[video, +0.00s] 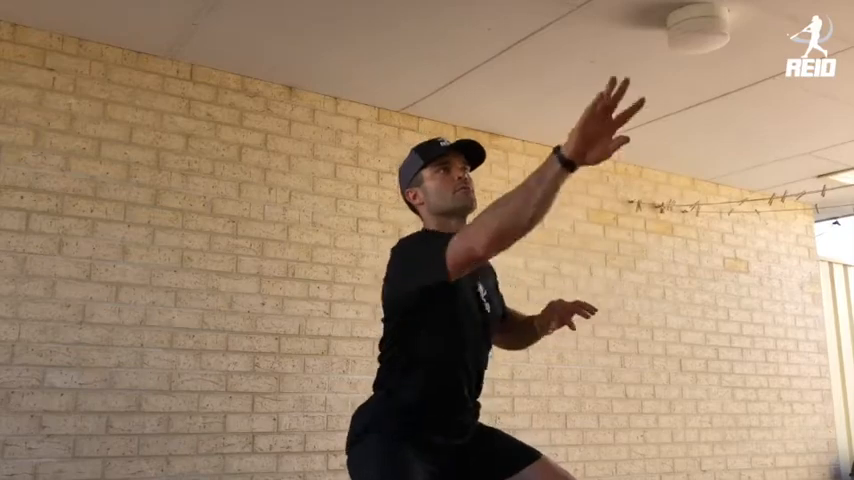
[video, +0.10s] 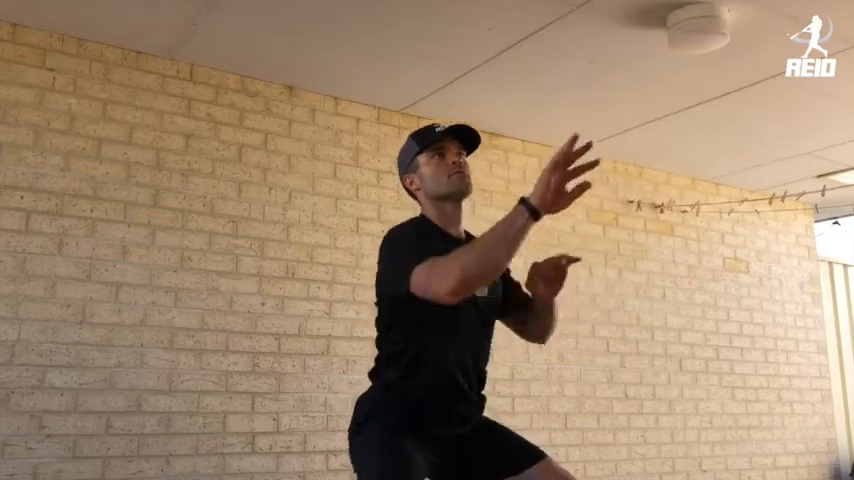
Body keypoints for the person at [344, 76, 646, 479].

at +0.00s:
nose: (462, 175)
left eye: (464, 168)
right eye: (444, 169)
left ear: (472, 182)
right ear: (415, 197)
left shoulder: (477, 265)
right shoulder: (411, 257)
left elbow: (501, 328)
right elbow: (482, 241)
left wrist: (540, 324)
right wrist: (568, 156)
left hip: (461, 436)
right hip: (396, 439)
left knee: (557, 476)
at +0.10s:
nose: (457, 160)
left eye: (461, 154)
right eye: (439, 154)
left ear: (470, 170)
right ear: (413, 183)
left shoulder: (484, 257)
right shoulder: (403, 241)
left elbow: (536, 330)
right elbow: (446, 283)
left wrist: (543, 298)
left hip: (463, 425)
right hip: (396, 425)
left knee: (557, 476)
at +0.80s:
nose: (457, 136)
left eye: (462, 132)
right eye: (439, 132)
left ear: (472, 149)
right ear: (412, 160)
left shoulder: (492, 240)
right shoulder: (396, 218)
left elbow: (532, 316)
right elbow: (411, 252)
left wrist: (555, 298)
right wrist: (478, 185)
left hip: (461, 405)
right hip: (393, 402)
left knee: (551, 475)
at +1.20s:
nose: (498, 148)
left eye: (501, 143)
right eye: (481, 141)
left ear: (508, 160)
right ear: (453, 165)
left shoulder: (513, 245)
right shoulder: (422, 219)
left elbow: (590, 309)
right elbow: (420, 289)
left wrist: (591, 244)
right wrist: (510, 257)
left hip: (475, 402)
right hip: (411, 398)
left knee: (565, 476)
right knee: (398, 473)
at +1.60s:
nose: (451, 130)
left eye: (455, 126)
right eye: (433, 124)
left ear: (465, 148)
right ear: (407, 152)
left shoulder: (494, 221)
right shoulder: (377, 221)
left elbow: (580, 268)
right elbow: (338, 313)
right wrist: (401, 265)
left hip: (467, 396)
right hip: (392, 391)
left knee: (550, 476)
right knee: (369, 476)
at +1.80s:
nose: (442, 136)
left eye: (445, 131)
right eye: (423, 132)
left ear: (457, 146)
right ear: (396, 160)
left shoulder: (476, 234)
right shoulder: (386, 227)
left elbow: (507, 301)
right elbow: (394, 285)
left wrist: (547, 307)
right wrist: (466, 204)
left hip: (454, 402)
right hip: (387, 402)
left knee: (546, 475)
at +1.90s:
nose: (441, 144)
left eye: (443, 137)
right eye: (421, 139)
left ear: (453, 155)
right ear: (394, 169)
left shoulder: (459, 239)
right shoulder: (396, 232)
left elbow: (477, 302)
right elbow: (464, 219)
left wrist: (526, 311)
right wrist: (539, 121)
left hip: (441, 410)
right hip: (380, 414)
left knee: (541, 475)